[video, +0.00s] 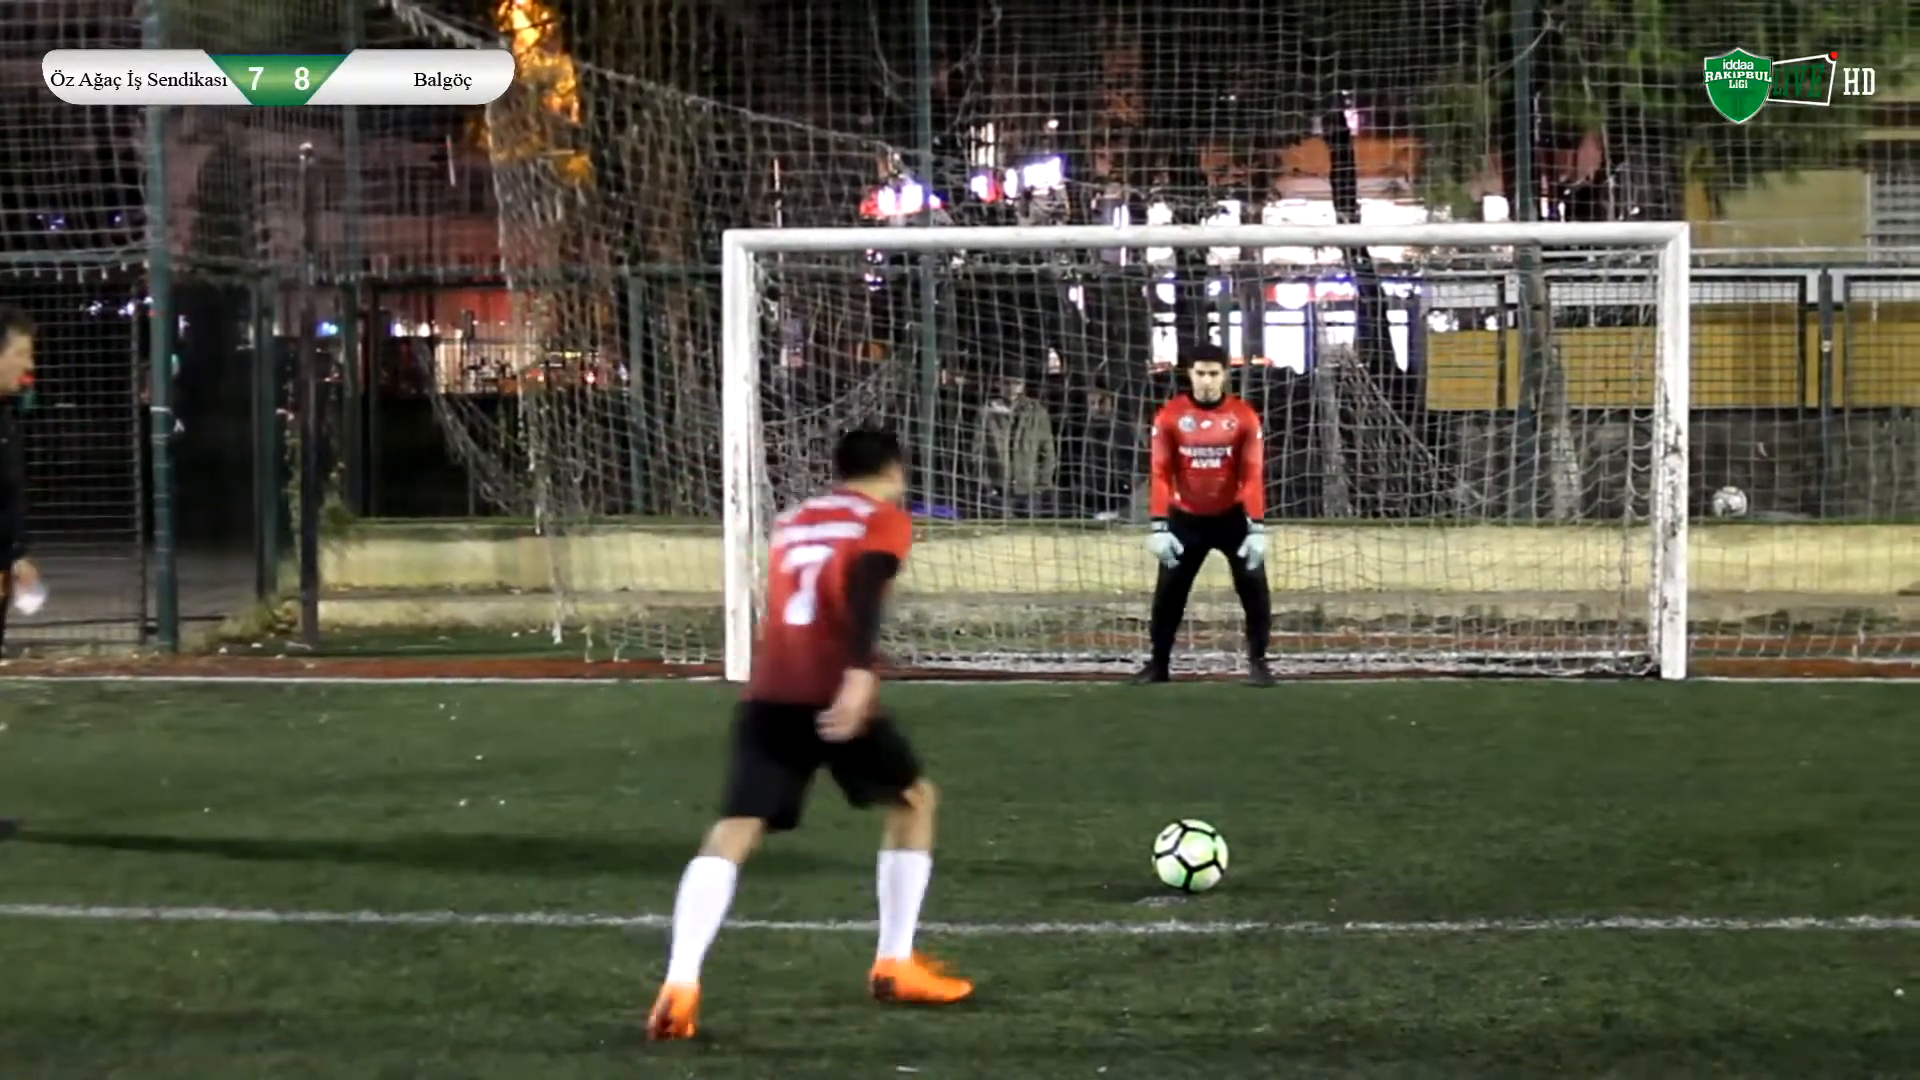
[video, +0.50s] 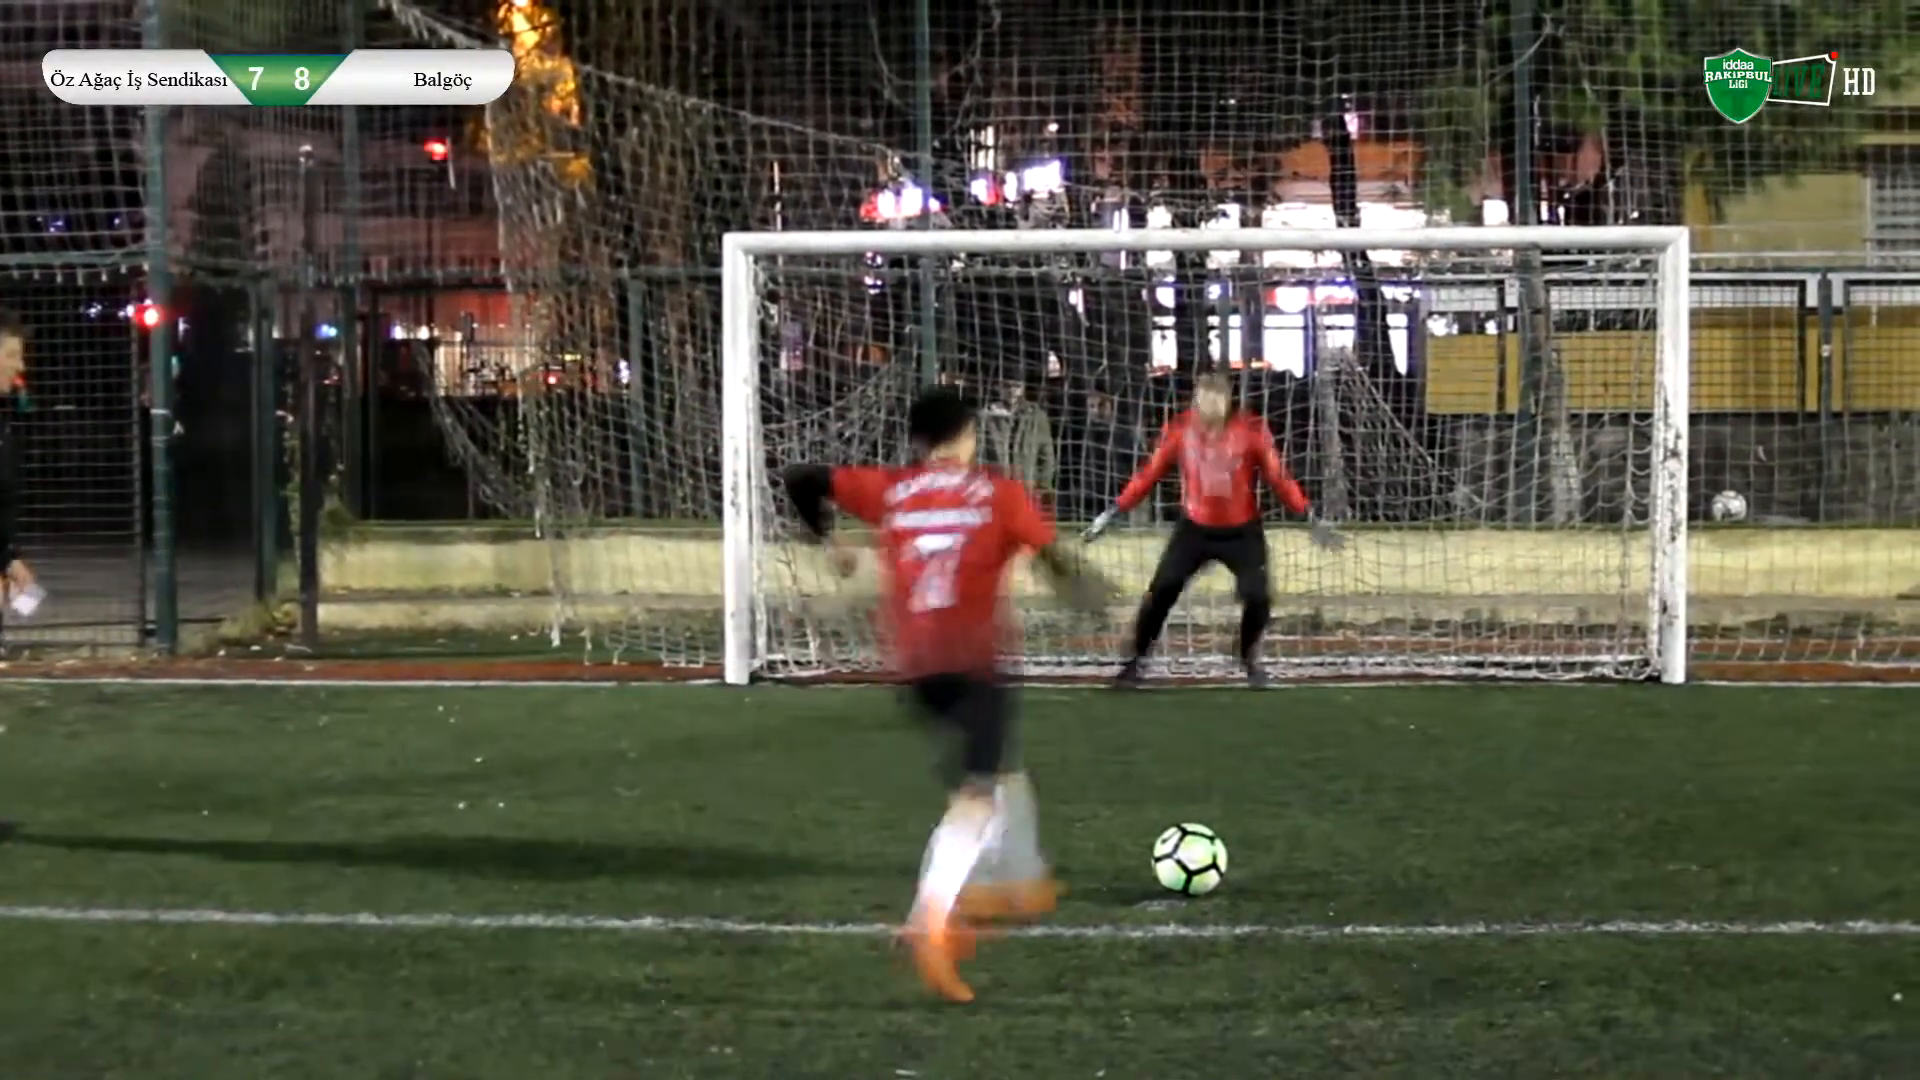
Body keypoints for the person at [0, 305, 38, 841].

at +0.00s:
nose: (27, 371)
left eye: (28, 359)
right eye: (20, 359)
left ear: (19, 359)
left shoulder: (12, 415)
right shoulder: (6, 418)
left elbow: (12, 492)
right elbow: (8, 493)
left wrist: (17, 552)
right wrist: (16, 553)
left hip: (6, 566)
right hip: (4, 566)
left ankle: (3, 816)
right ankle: (1, 816)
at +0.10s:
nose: (26, 371)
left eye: (27, 359)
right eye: (19, 359)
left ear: (17, 360)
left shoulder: (11, 418)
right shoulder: (5, 420)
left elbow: (9, 494)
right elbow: (6, 495)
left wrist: (15, 554)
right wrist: (12, 555)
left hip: (6, 565)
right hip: (3, 566)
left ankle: (4, 815)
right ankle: (1, 815)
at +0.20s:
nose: (23, 370)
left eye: (24, 358)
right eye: (17, 358)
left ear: (19, 359)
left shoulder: (12, 416)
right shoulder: (6, 419)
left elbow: (11, 492)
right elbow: (8, 494)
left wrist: (15, 553)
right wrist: (13, 554)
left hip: (7, 562)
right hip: (7, 563)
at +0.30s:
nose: (21, 370)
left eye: (22, 359)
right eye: (15, 359)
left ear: (16, 360)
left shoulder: (10, 421)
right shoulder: (5, 424)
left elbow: (8, 498)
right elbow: (6, 500)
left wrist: (12, 555)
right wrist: (9, 556)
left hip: (5, 568)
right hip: (4, 569)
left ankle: (3, 817)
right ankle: (2, 817)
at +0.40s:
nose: (18, 368)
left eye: (20, 357)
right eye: (13, 357)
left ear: (19, 359)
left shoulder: (14, 414)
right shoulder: (9, 416)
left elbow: (11, 494)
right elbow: (8, 496)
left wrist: (13, 554)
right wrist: (10, 556)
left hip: (8, 562)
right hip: (7, 563)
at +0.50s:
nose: (18, 368)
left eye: (19, 357)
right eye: (12, 357)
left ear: (19, 358)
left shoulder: (14, 414)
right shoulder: (7, 417)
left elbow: (10, 495)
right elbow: (7, 496)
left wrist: (12, 554)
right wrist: (8, 556)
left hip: (5, 563)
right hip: (3, 563)